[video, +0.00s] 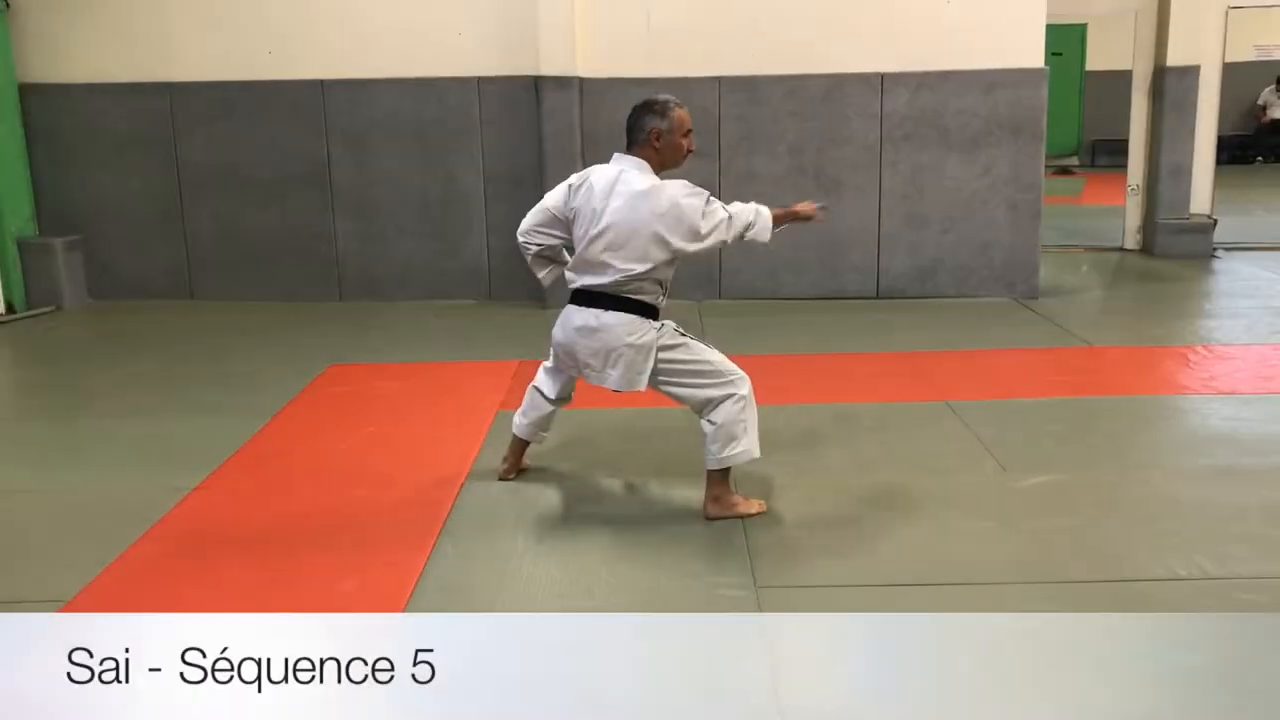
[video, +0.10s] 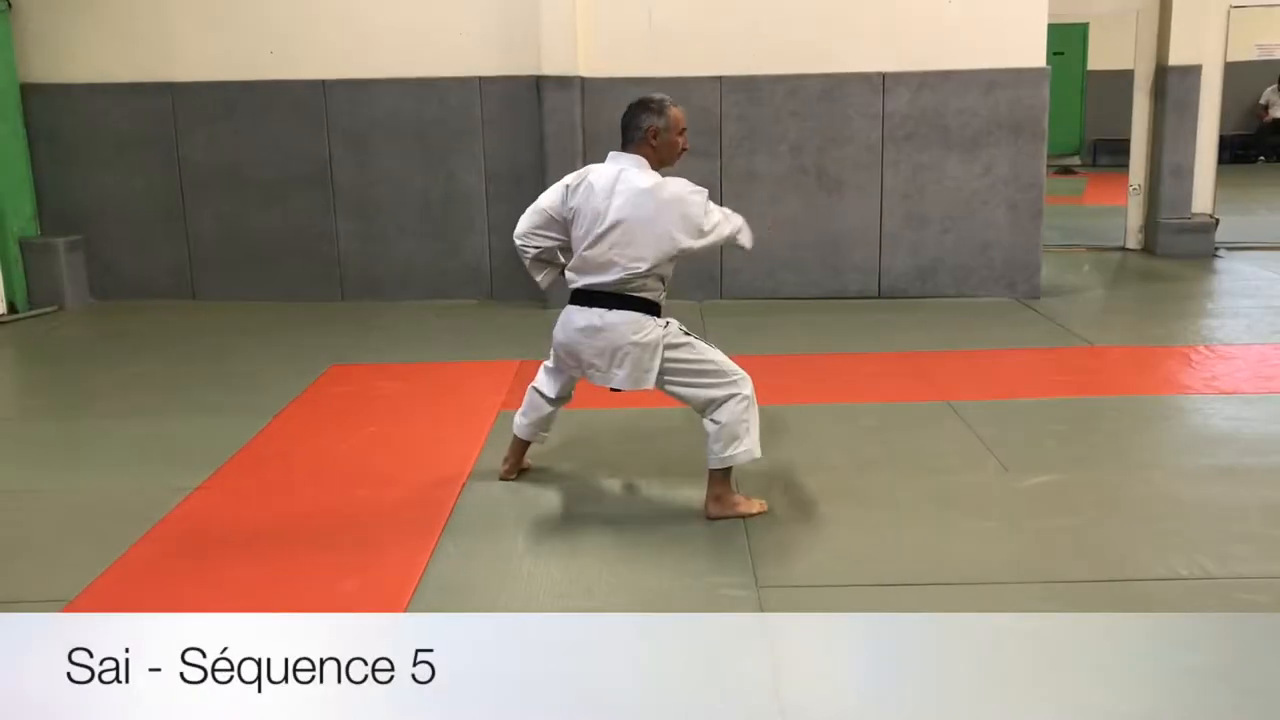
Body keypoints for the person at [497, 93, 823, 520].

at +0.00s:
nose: (692, 145)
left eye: (691, 135)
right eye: (685, 136)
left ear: (646, 139)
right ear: (654, 139)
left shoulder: (585, 181)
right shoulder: (673, 197)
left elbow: (532, 233)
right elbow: (734, 220)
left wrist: (572, 278)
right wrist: (788, 214)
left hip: (574, 322)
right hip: (633, 331)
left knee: (555, 374)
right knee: (730, 385)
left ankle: (511, 459)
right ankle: (719, 496)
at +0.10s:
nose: (686, 143)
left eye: (685, 133)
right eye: (679, 133)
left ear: (642, 137)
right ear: (651, 136)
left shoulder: (582, 182)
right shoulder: (673, 194)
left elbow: (527, 235)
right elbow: (727, 225)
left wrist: (568, 277)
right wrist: (734, 225)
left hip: (576, 324)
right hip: (638, 330)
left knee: (554, 377)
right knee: (732, 387)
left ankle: (512, 459)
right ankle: (721, 495)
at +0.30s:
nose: (667, 145)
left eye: (668, 137)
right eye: (664, 137)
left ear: (616, 140)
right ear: (646, 139)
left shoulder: (578, 181)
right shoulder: (669, 190)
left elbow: (537, 234)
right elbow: (671, 252)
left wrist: (555, 286)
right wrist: (590, 270)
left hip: (584, 327)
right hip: (650, 325)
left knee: (557, 377)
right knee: (734, 389)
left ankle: (516, 461)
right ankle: (724, 492)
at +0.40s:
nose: (662, 149)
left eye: (661, 140)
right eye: (659, 140)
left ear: (611, 144)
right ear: (644, 143)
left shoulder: (580, 181)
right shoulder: (665, 191)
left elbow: (548, 235)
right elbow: (663, 255)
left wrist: (551, 286)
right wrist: (579, 281)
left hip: (590, 328)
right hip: (655, 325)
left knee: (557, 380)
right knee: (733, 392)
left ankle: (519, 461)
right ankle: (726, 492)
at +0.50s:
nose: (663, 149)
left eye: (662, 140)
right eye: (660, 140)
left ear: (613, 143)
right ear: (646, 141)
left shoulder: (583, 182)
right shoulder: (667, 190)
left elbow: (552, 235)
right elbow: (655, 258)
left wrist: (553, 287)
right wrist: (575, 284)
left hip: (594, 327)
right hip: (658, 324)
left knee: (560, 381)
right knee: (733, 393)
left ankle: (522, 461)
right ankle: (729, 492)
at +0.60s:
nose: (672, 144)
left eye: (671, 136)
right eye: (669, 136)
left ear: (622, 139)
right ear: (655, 138)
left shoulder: (589, 180)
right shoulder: (677, 185)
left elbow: (550, 232)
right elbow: (673, 253)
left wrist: (563, 283)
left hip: (594, 324)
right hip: (659, 324)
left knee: (567, 380)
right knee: (739, 392)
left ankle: (525, 461)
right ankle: (733, 492)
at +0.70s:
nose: (688, 139)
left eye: (688, 131)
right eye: (685, 131)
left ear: (637, 134)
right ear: (664, 133)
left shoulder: (595, 177)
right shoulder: (693, 182)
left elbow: (545, 232)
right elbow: (710, 213)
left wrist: (575, 263)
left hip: (594, 318)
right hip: (655, 323)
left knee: (574, 380)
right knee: (743, 388)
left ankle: (529, 460)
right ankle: (738, 494)